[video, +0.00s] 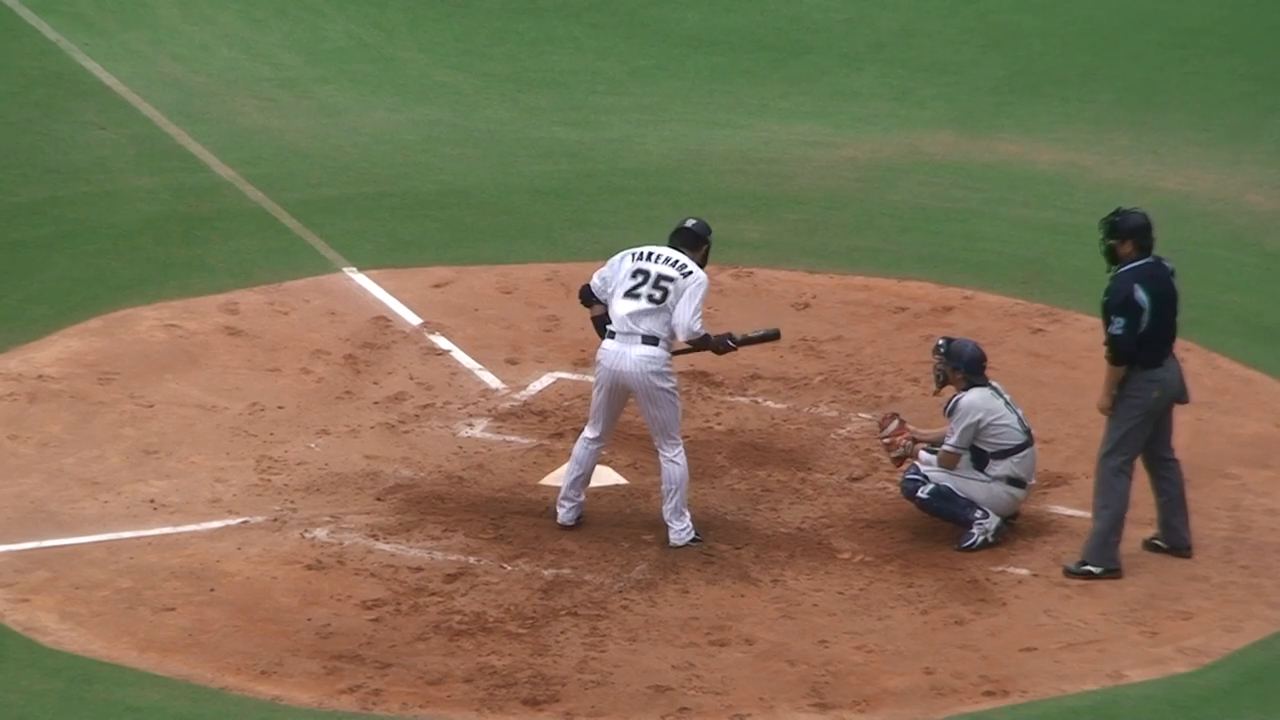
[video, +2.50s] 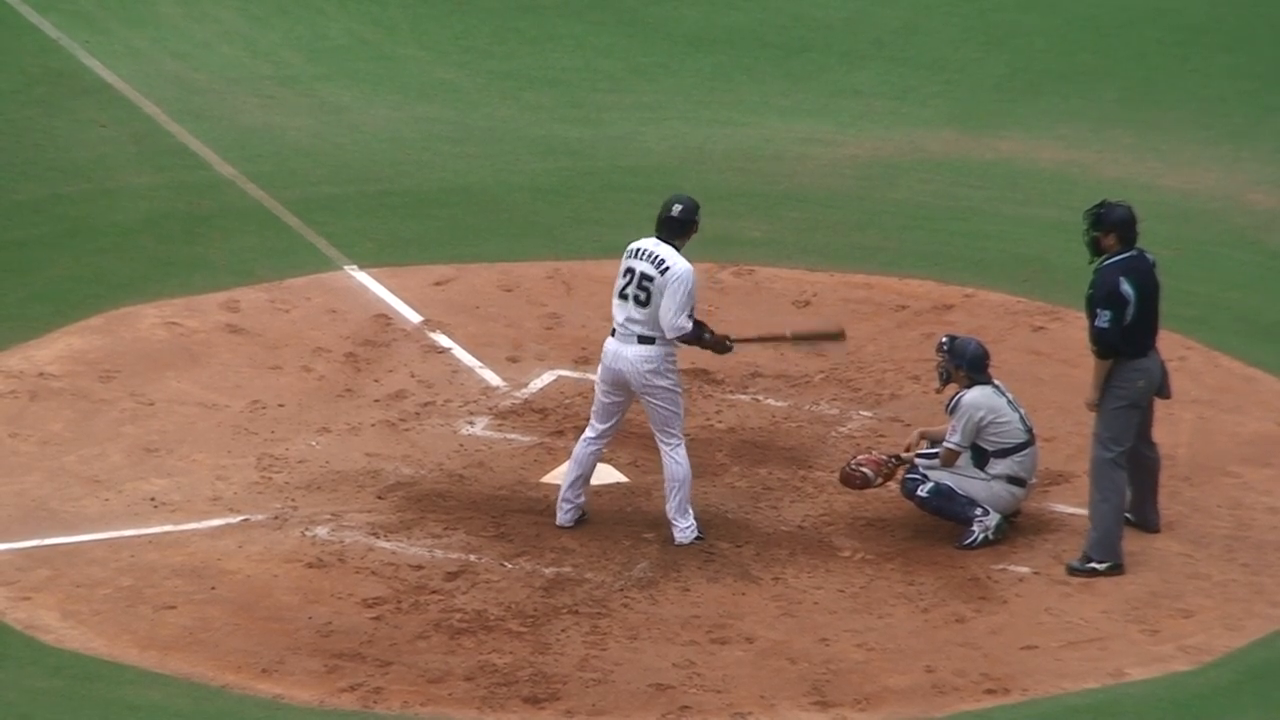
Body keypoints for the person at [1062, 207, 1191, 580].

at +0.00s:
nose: (1109, 246)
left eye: (1114, 241)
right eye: (1111, 240)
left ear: (1128, 244)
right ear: (1142, 242)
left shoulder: (1124, 284)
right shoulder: (1161, 270)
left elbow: (1119, 350)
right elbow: (1163, 329)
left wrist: (1108, 392)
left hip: (1140, 382)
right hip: (1166, 374)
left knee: (1113, 463)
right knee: (1160, 457)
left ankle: (1101, 557)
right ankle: (1176, 537)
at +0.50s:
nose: (1082, 249)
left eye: (1086, 244)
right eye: (1082, 242)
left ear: (1100, 248)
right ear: (1112, 245)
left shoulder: (1100, 289)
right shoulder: (1136, 269)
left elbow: (1094, 354)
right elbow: (1144, 326)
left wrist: (1079, 398)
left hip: (1124, 383)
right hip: (1150, 373)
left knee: (1094, 463)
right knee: (1140, 444)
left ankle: (1101, 557)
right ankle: (1146, 510)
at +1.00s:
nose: (1088, 239)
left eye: (1093, 234)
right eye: (1089, 233)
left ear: (1107, 239)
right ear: (1119, 236)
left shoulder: (1110, 277)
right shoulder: (1137, 261)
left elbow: (1107, 345)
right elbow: (1144, 322)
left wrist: (1095, 390)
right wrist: (1149, 364)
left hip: (1125, 372)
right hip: (1145, 364)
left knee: (1103, 455)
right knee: (1127, 437)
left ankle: (1104, 554)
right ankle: (1140, 513)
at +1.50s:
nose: (1089, 238)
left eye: (1093, 233)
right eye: (1091, 231)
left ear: (1105, 239)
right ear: (1122, 235)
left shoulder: (1103, 277)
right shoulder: (1139, 263)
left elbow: (1096, 343)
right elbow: (1141, 323)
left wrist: (1085, 389)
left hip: (1115, 374)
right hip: (1140, 365)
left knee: (1106, 459)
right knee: (1134, 441)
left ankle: (1106, 554)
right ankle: (1144, 511)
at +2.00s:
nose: (1090, 237)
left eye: (1094, 232)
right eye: (1092, 230)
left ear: (1107, 238)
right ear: (1122, 235)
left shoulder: (1106, 277)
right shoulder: (1140, 262)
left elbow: (1102, 344)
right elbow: (1142, 321)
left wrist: (1088, 387)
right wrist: (1139, 359)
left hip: (1120, 373)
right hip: (1143, 364)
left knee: (1109, 458)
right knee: (1136, 444)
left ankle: (1102, 553)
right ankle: (1144, 511)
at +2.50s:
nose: (1093, 236)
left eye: (1098, 232)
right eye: (1096, 230)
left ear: (1110, 237)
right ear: (1126, 234)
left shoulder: (1109, 276)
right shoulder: (1143, 261)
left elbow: (1106, 343)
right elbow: (1145, 321)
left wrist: (1095, 388)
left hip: (1124, 372)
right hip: (1147, 363)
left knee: (1108, 457)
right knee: (1139, 443)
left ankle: (1103, 553)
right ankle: (1145, 512)